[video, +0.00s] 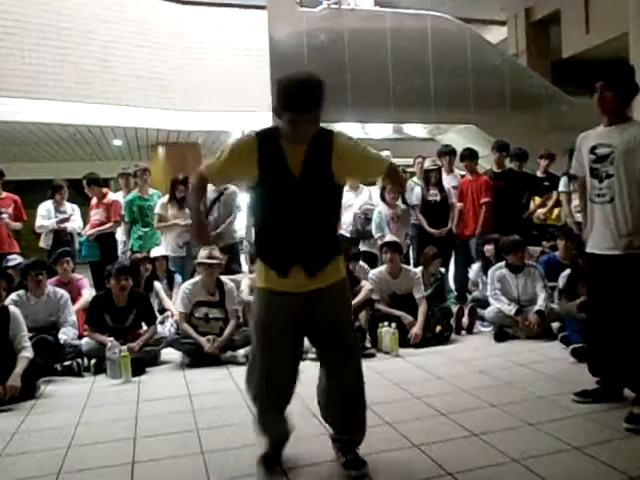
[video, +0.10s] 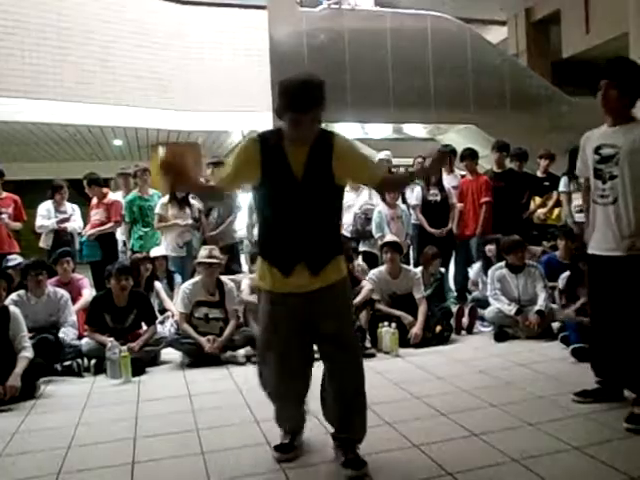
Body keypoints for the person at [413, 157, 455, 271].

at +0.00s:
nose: (434, 176)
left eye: (437, 172)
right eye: (431, 172)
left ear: (440, 174)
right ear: (427, 174)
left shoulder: (446, 190)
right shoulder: (420, 191)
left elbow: (452, 208)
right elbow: (418, 212)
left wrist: (449, 226)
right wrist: (430, 229)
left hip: (444, 232)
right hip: (426, 232)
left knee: (443, 265)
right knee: (425, 264)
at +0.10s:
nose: (434, 178)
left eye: (437, 174)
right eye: (431, 175)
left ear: (440, 176)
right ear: (427, 177)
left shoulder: (446, 190)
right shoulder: (421, 191)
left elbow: (452, 207)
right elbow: (418, 212)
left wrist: (449, 225)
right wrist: (430, 229)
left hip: (444, 232)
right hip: (427, 232)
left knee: (443, 265)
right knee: (426, 264)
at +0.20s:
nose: (434, 177)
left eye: (436, 173)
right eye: (431, 173)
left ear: (440, 175)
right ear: (426, 175)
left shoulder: (446, 191)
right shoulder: (421, 192)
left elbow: (453, 209)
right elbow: (418, 213)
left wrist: (450, 226)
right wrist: (430, 231)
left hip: (444, 233)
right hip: (427, 233)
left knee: (444, 266)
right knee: (426, 265)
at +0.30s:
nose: (434, 175)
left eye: (436, 172)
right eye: (431, 172)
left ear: (440, 173)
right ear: (426, 174)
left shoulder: (446, 190)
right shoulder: (421, 191)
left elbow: (453, 208)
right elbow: (418, 211)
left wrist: (449, 226)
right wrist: (430, 229)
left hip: (444, 231)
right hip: (427, 232)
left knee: (443, 265)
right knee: (426, 264)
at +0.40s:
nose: (438, 175)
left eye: (440, 172)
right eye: (435, 172)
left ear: (443, 174)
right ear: (430, 174)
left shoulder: (450, 191)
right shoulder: (425, 191)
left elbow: (457, 208)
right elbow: (422, 211)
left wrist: (453, 227)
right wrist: (433, 229)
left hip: (448, 232)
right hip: (432, 233)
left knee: (447, 266)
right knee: (431, 264)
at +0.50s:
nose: (444, 174)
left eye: (446, 171)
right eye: (441, 171)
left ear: (450, 173)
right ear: (436, 173)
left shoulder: (456, 190)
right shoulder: (431, 190)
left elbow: (463, 207)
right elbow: (427, 211)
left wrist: (459, 225)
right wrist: (439, 228)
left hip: (454, 232)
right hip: (437, 232)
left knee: (453, 266)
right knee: (437, 264)